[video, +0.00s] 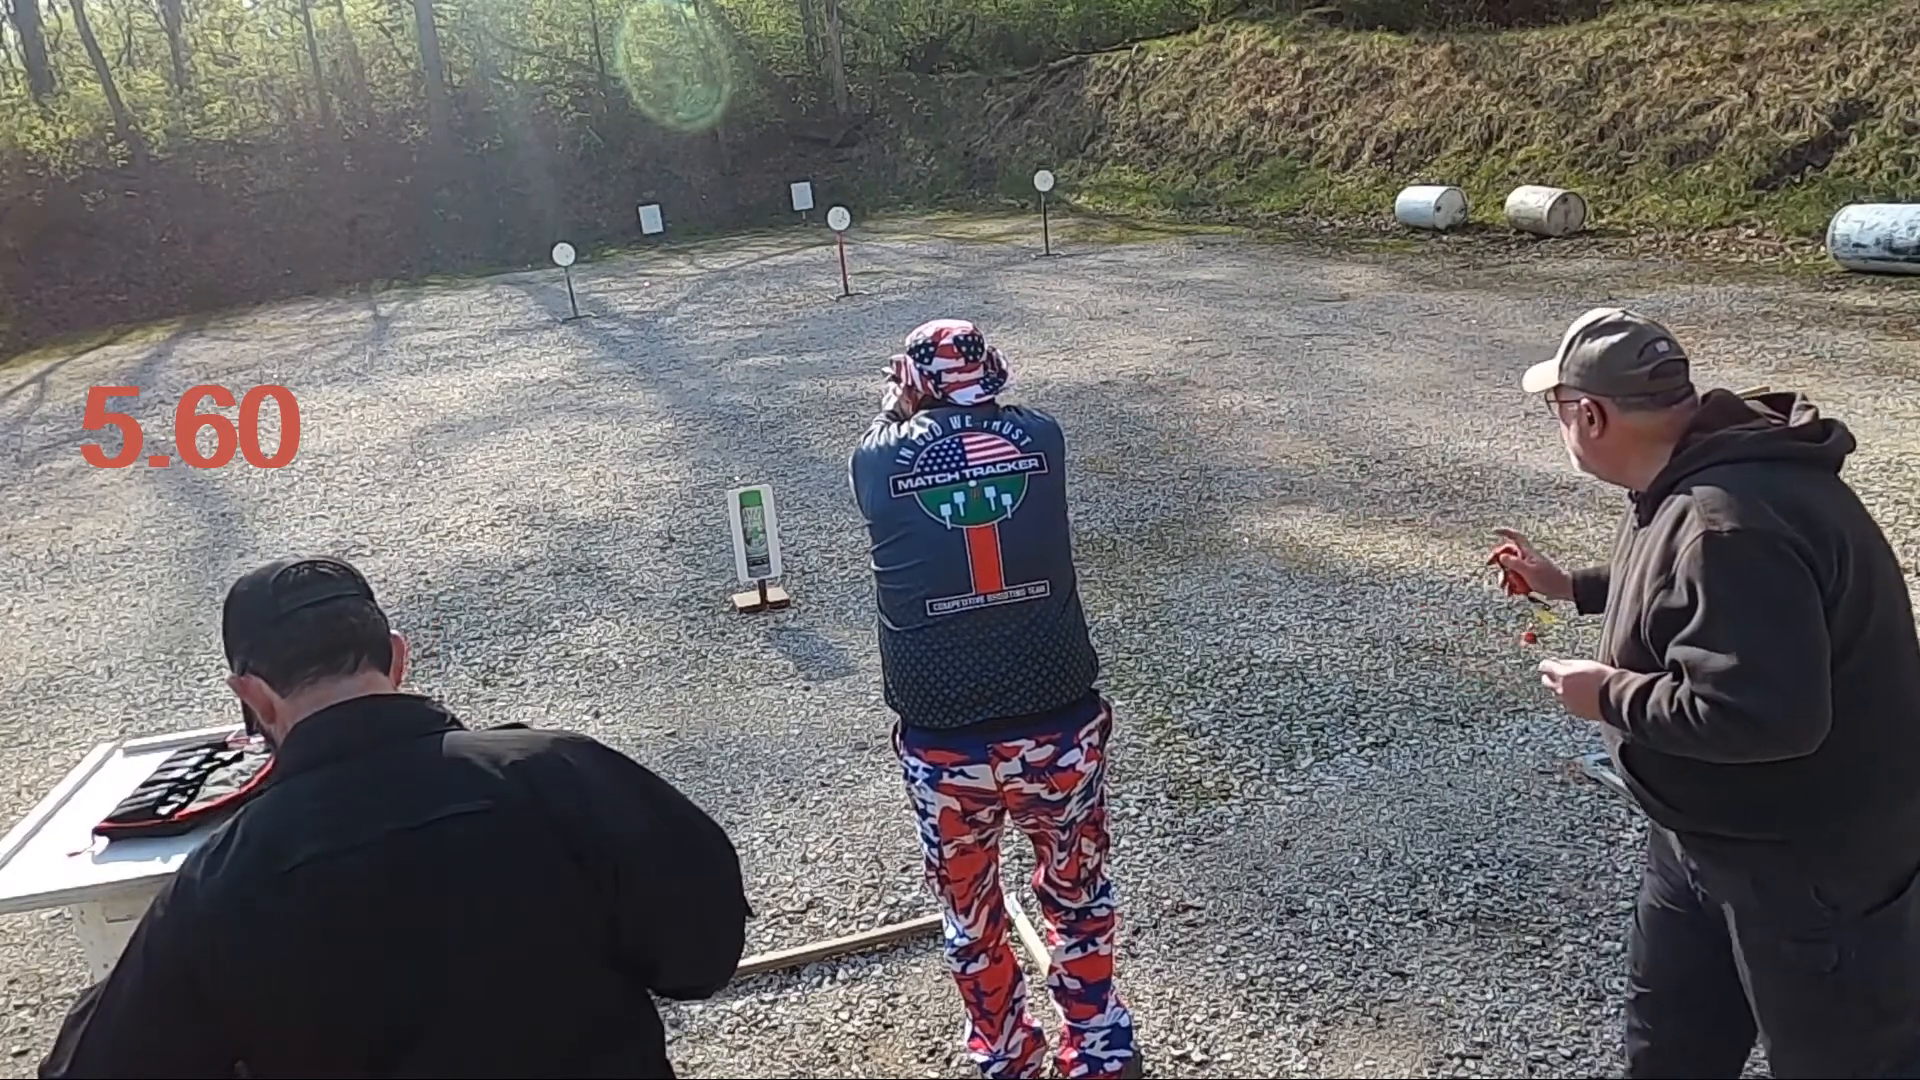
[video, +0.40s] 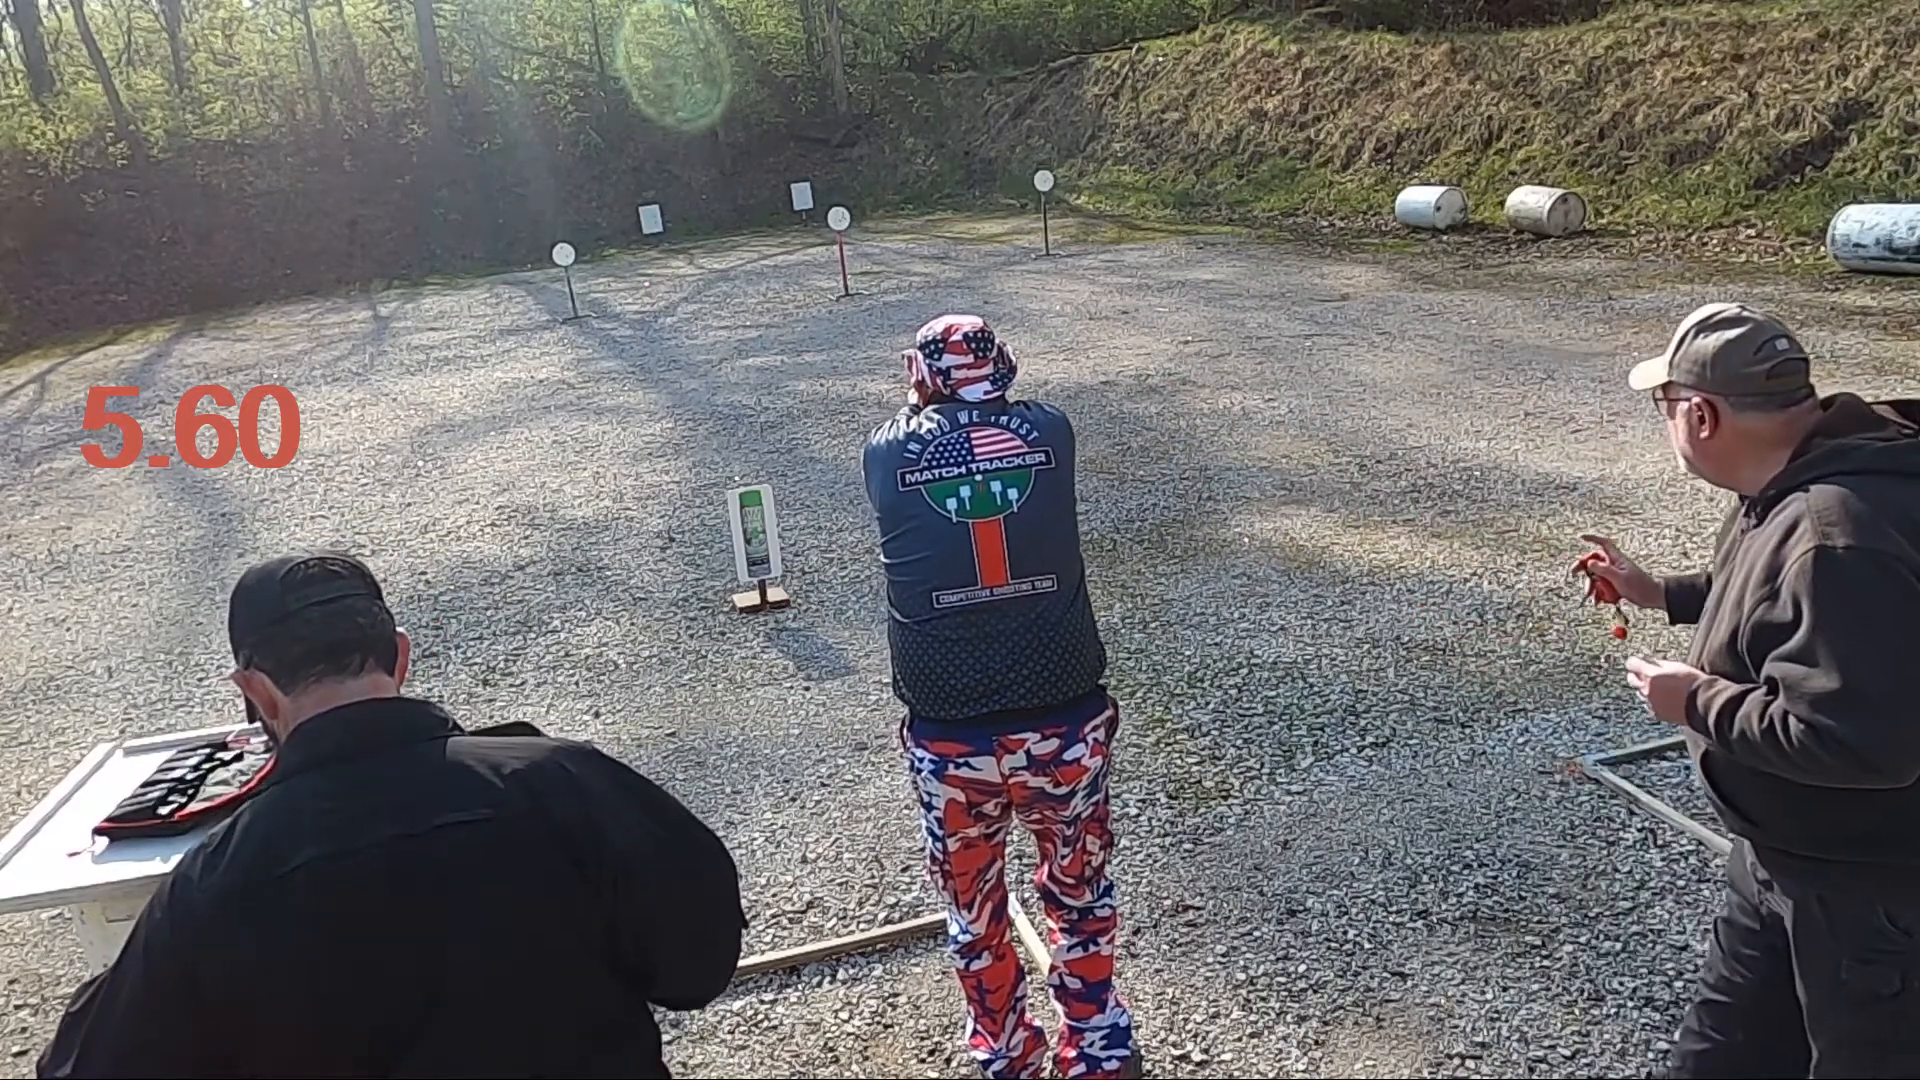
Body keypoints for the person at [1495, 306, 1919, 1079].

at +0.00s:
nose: (1561, 431)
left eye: (1559, 414)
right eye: (1558, 414)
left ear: (1593, 417)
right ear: (1669, 389)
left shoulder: (1730, 526)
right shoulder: (1685, 480)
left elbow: (1773, 716)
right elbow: (1676, 595)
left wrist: (1612, 696)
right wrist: (1567, 586)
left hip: (1812, 870)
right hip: (1701, 841)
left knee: (1841, 1064)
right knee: (1671, 1054)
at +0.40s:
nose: (1668, 428)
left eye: (1668, 410)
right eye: (1666, 410)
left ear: (1705, 417)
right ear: (1789, 395)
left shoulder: (1839, 541)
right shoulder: (1792, 491)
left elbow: (1867, 743)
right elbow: (1765, 599)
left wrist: (1699, 702)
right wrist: (1653, 591)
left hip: (1863, 892)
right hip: (1778, 860)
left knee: (1869, 1064)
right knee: (1723, 1057)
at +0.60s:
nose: (1709, 427)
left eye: (1707, 408)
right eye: (1706, 409)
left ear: (1746, 415)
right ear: (1834, 391)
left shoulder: (1861, 548)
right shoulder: (1856, 483)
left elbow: (1866, 755)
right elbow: (1821, 589)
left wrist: (1730, 699)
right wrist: (1719, 587)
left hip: (1882, 884)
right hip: (1827, 849)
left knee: (1880, 1056)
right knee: (1768, 1028)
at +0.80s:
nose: (1730, 420)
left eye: (1730, 401)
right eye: (1728, 402)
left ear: (1770, 412)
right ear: (1856, 391)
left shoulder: (1870, 545)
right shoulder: (1872, 489)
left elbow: (1871, 756)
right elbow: (1865, 600)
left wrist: (1746, 696)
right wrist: (1770, 582)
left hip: (1890, 881)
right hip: (1861, 856)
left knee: (1888, 1053)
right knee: (1861, 1034)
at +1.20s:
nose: (1809, 428)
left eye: (1809, 408)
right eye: (1808, 408)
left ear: (1843, 414)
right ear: (1914, 403)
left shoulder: (1897, 550)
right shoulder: (1901, 514)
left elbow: (1880, 759)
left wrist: (1799, 693)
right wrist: (1859, 585)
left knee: (1892, 1018)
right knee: (1895, 1002)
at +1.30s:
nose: (1872, 416)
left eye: (1870, 398)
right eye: (1870, 397)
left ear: (1897, 408)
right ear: (1904, 406)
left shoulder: (1908, 563)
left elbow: (1894, 734)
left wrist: (1840, 675)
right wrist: (1909, 568)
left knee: (1905, 997)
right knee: (1904, 985)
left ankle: (1896, 1057)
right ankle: (1892, 1053)